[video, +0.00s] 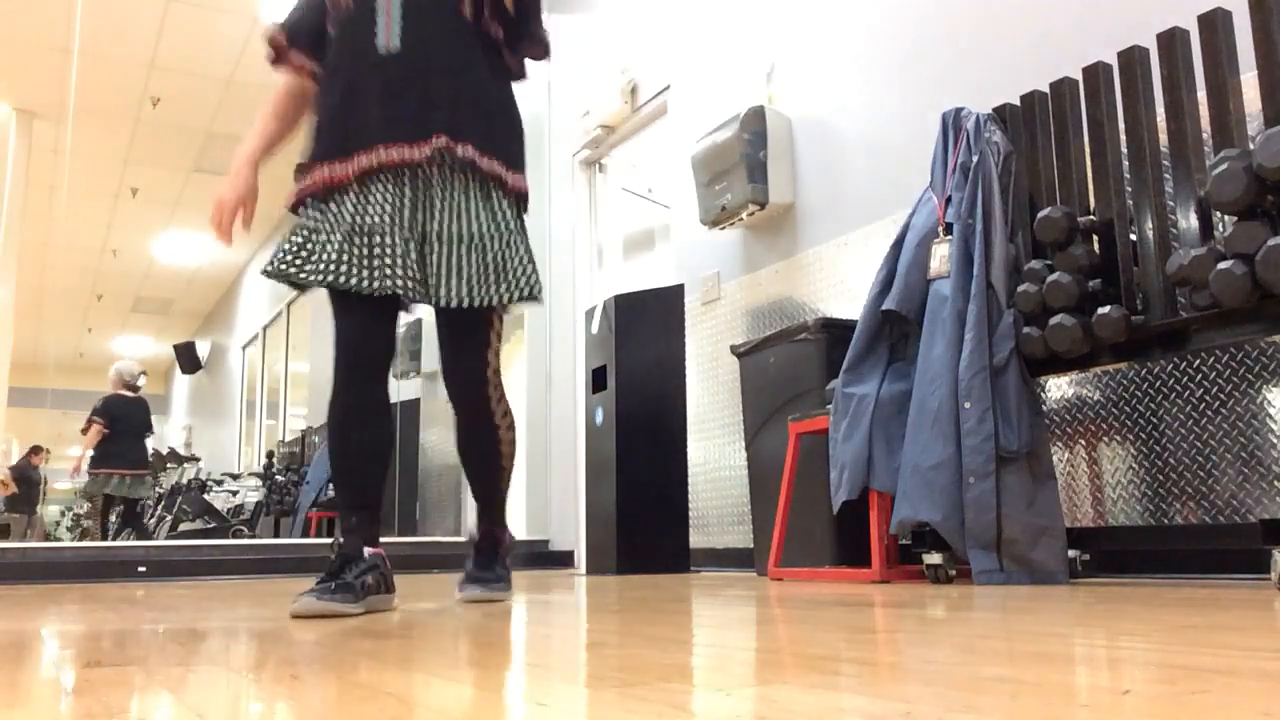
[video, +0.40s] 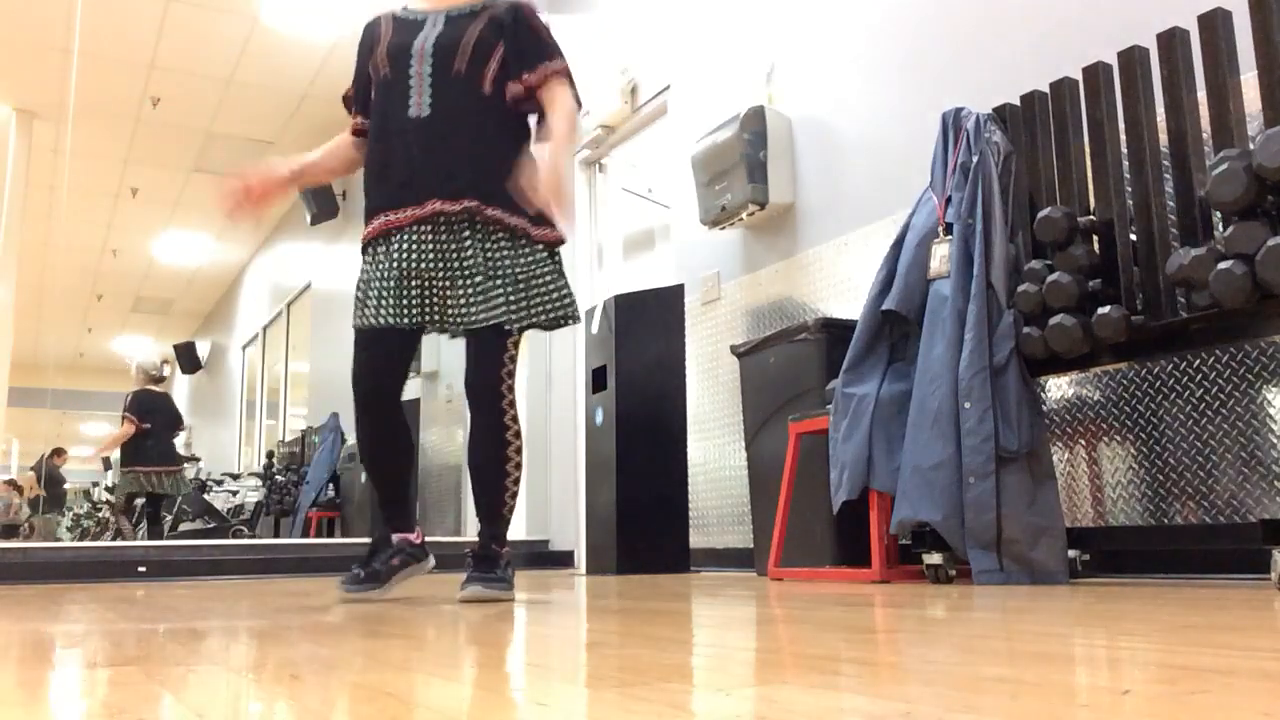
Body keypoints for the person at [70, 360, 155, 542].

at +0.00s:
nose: (110, 380)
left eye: (112, 376)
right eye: (111, 376)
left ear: (117, 379)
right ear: (134, 380)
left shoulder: (108, 402)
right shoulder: (142, 403)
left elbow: (96, 431)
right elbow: (147, 432)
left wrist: (80, 459)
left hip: (107, 471)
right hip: (137, 471)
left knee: (100, 517)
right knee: (131, 517)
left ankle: (100, 557)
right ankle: (151, 550)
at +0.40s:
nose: (133, 376)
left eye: (135, 373)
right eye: (135, 372)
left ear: (140, 374)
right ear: (157, 375)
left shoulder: (137, 396)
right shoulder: (165, 397)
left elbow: (128, 429)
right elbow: (179, 425)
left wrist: (102, 450)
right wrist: (160, 438)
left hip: (138, 469)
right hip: (165, 468)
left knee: (121, 511)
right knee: (154, 514)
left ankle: (131, 549)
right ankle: (156, 557)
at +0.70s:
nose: (139, 375)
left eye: (140, 372)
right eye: (140, 372)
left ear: (145, 374)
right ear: (166, 375)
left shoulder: (139, 395)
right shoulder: (175, 397)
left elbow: (118, 424)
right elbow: (191, 428)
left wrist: (91, 413)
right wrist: (201, 433)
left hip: (144, 467)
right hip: (172, 466)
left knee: (139, 515)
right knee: (157, 514)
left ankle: (147, 559)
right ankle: (163, 556)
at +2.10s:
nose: (184, 369)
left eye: (186, 365)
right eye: (185, 365)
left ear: (192, 367)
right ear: (208, 369)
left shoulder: (189, 388)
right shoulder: (215, 394)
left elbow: (170, 421)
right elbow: (215, 432)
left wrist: (145, 446)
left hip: (177, 463)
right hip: (202, 465)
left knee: (166, 509)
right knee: (185, 511)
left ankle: (166, 556)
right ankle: (203, 551)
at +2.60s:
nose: (193, 367)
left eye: (195, 363)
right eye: (195, 363)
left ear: (202, 366)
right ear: (218, 368)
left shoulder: (196, 389)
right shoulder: (225, 392)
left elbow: (181, 420)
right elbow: (242, 428)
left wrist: (166, 418)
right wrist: (244, 457)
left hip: (193, 464)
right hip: (218, 465)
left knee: (183, 509)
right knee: (201, 509)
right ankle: (210, 550)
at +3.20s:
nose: (206, 367)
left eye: (207, 364)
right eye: (207, 364)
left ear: (211, 367)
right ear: (232, 367)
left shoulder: (204, 391)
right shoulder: (241, 392)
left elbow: (191, 426)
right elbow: (253, 423)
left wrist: (177, 454)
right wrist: (231, 430)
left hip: (202, 465)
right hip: (230, 464)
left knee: (198, 513)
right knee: (210, 508)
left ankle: (206, 557)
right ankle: (230, 535)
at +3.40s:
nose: (210, 364)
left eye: (211, 361)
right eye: (210, 361)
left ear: (215, 363)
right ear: (236, 363)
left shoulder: (211, 387)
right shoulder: (245, 387)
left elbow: (207, 416)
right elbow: (253, 421)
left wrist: (200, 451)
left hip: (215, 460)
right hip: (243, 460)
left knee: (206, 509)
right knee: (243, 508)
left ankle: (208, 553)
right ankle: (261, 548)